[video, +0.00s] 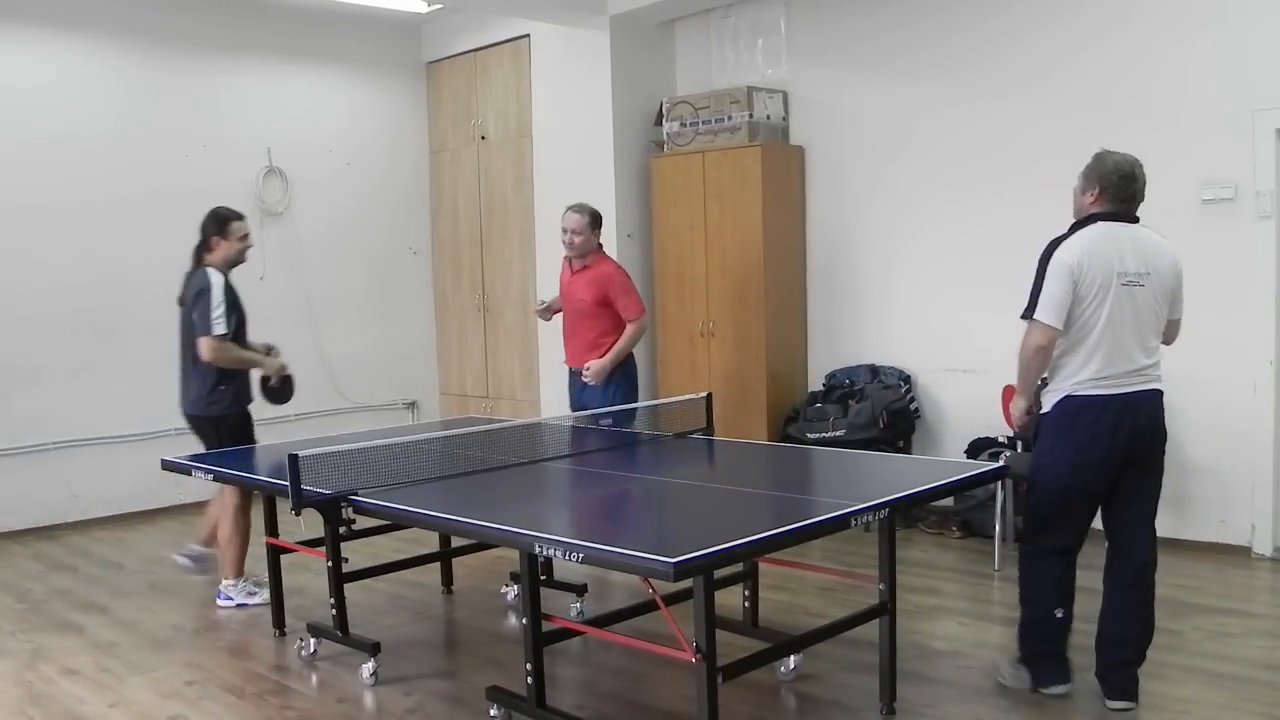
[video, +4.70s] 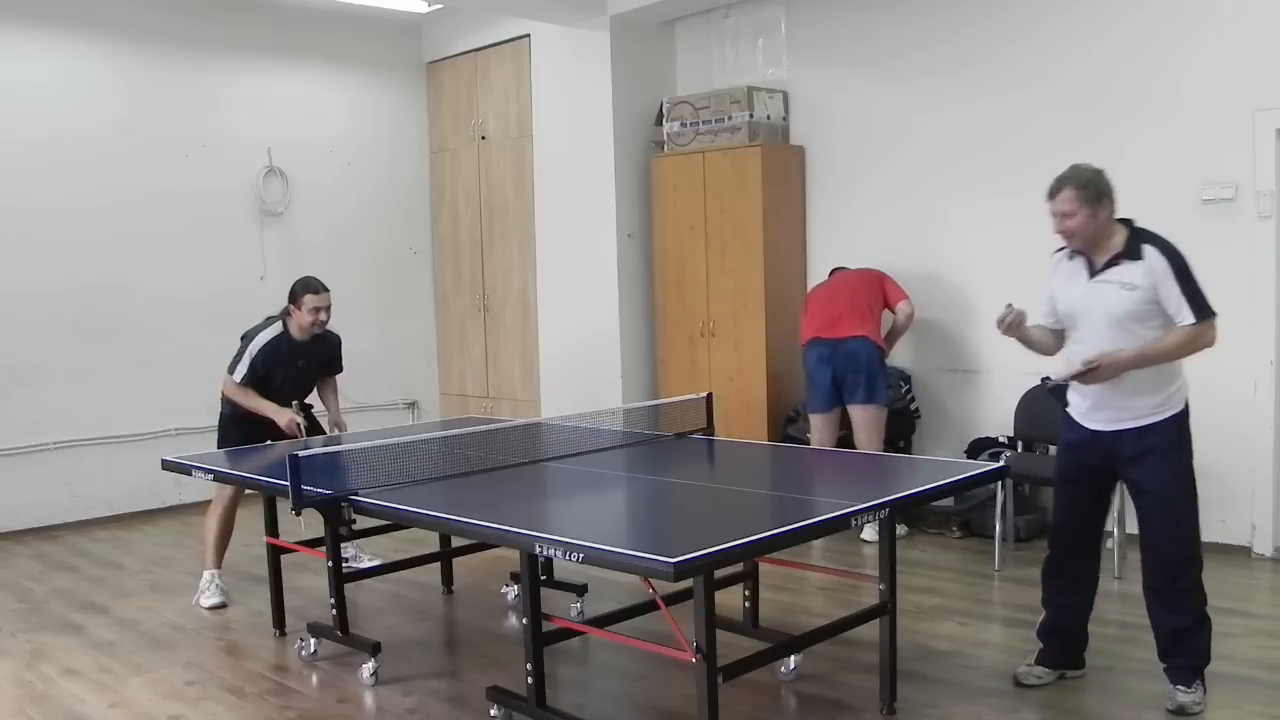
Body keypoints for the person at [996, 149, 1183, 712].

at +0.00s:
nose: (1074, 198)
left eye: (1078, 189)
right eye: (1077, 189)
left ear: (1093, 194)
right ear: (1134, 199)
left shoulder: (1071, 250)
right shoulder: (1164, 253)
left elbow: (1041, 340)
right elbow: (1168, 332)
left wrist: (1025, 398)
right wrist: (1112, 318)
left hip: (1078, 420)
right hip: (1145, 418)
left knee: (1049, 542)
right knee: (1133, 547)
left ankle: (1045, 668)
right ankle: (1121, 682)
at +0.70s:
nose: (997, 212)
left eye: (1001, 204)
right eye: (999, 203)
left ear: (1022, 205)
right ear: (1047, 207)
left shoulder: (1011, 259)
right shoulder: (1084, 255)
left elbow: (986, 344)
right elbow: (1100, 328)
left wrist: (952, 396)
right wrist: (1044, 339)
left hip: (1021, 410)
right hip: (1076, 407)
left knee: (1005, 526)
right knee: (1055, 512)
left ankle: (1020, 648)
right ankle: (1097, 619)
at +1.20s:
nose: (991, 216)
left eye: (998, 208)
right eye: (992, 208)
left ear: (1028, 210)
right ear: (1026, 212)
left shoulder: (1050, 248)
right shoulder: (1037, 253)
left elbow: (1065, 322)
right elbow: (1054, 328)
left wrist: (1035, 396)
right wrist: (1017, 368)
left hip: (1074, 401)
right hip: (1064, 400)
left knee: (1057, 516)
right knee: (1062, 513)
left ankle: (1044, 638)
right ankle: (1065, 614)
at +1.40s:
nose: (1005, 215)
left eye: (1013, 207)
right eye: (1004, 207)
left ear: (1045, 209)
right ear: (1030, 213)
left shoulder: (1071, 248)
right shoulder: (1036, 258)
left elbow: (1111, 318)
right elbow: (1042, 329)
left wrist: (1098, 395)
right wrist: (1004, 364)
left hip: (1090, 403)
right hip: (1052, 405)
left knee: (1097, 522)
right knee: (1063, 516)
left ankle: (1117, 642)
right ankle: (1062, 612)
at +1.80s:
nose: (1064, 214)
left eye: (1073, 204)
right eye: (1060, 205)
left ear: (1106, 206)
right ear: (1062, 210)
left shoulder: (1155, 258)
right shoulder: (1062, 263)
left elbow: (1200, 324)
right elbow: (1050, 323)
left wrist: (1173, 387)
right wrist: (1015, 351)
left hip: (1151, 420)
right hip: (1087, 422)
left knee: (1161, 535)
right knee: (1073, 524)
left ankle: (1160, 644)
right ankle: (1063, 616)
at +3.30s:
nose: (1098, 219)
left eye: (1104, 206)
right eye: (1096, 208)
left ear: (1142, 200)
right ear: (1135, 203)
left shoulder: (1192, 255)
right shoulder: (1129, 253)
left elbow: (1221, 349)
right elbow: (1133, 328)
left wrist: (1129, 376)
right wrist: (1075, 337)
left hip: (1180, 440)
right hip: (1124, 434)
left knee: (1177, 577)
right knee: (1125, 551)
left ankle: (1191, 708)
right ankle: (1145, 651)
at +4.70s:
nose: (1059, 227)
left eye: (1066, 216)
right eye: (1054, 217)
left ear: (1103, 209)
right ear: (1058, 217)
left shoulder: (1156, 256)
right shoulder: (1063, 264)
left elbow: (1202, 331)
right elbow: (1053, 339)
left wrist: (1124, 361)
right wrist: (1023, 332)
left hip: (1155, 430)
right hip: (1083, 430)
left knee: (1171, 552)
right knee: (1069, 544)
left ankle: (1185, 672)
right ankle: (1061, 653)